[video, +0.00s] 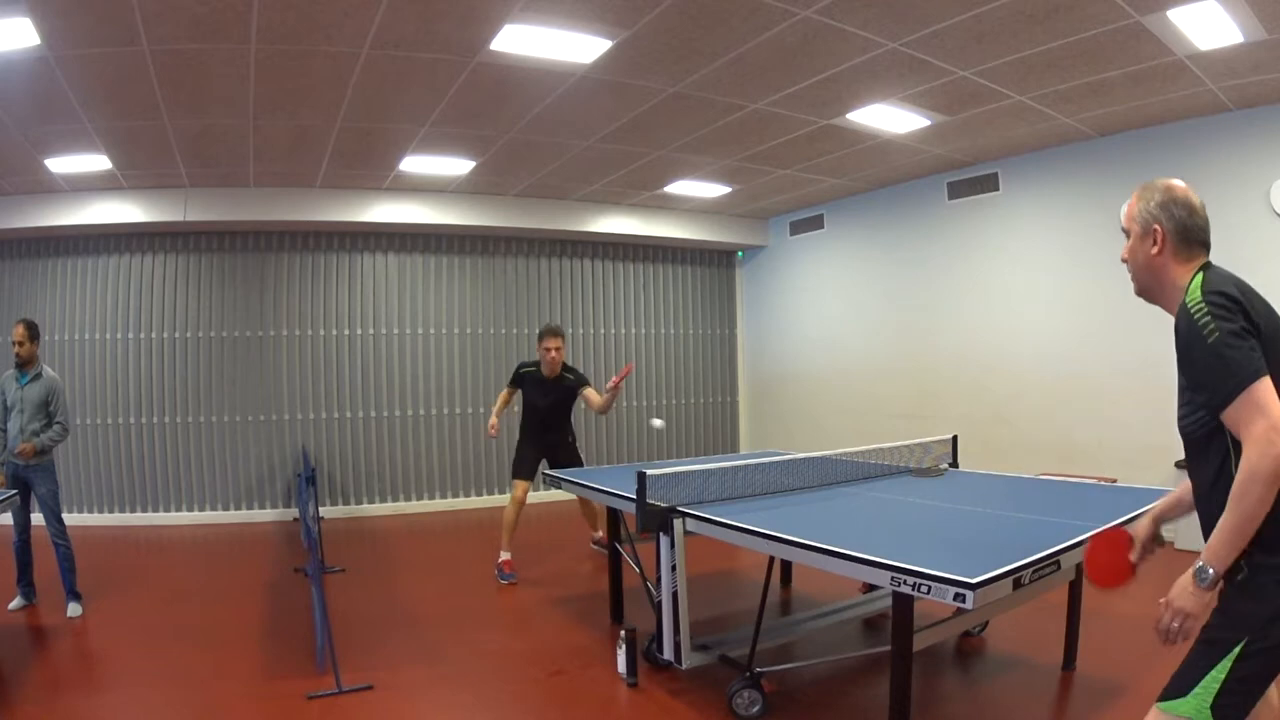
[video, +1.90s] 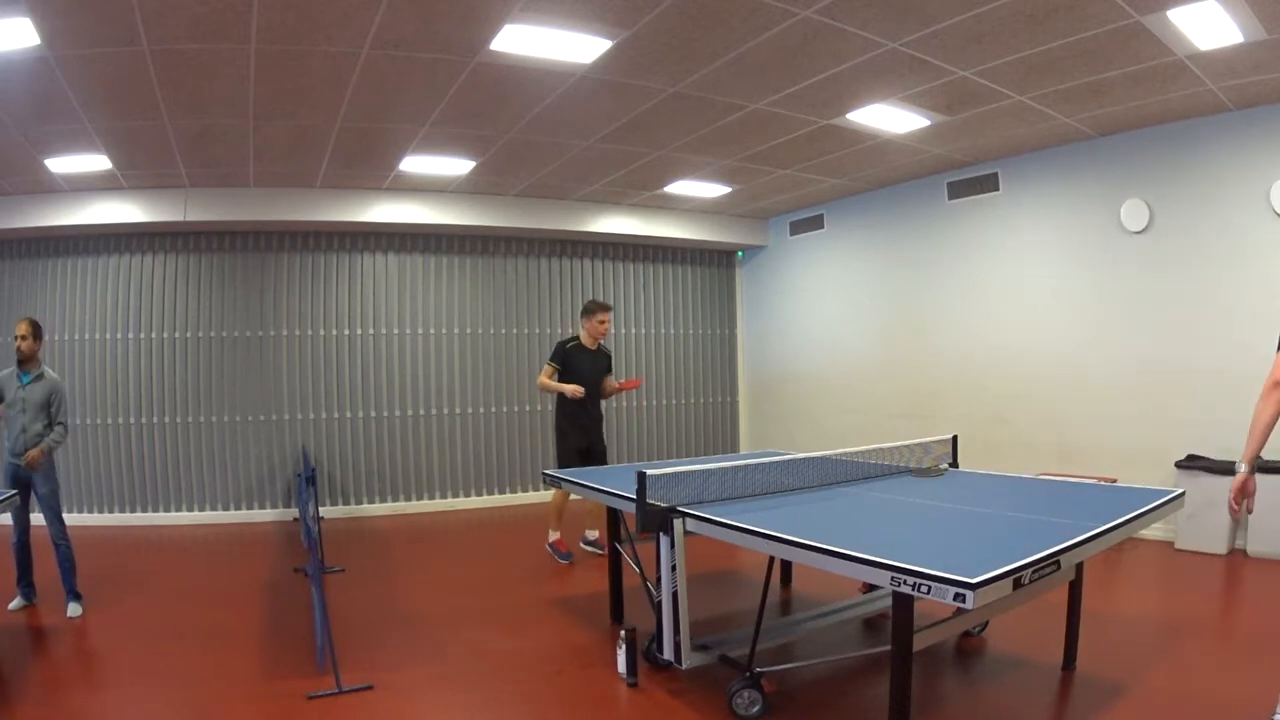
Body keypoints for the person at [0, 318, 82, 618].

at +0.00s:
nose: (15, 348)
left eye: (21, 343)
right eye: (13, 343)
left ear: (36, 344)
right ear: (12, 345)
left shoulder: (51, 382)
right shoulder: (6, 381)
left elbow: (62, 427)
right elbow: (3, 426)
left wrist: (37, 444)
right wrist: (2, 466)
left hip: (41, 466)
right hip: (11, 466)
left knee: (56, 532)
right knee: (20, 533)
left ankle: (72, 596)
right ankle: (26, 593)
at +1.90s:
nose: (18, 343)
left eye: (24, 338)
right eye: (16, 338)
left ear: (38, 343)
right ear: (14, 343)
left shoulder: (53, 384)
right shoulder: (6, 380)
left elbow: (61, 428)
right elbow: (4, 416)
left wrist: (42, 449)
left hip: (40, 464)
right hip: (11, 464)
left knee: (57, 533)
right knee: (19, 533)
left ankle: (72, 596)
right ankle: (26, 593)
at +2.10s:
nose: (16, 346)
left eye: (22, 341)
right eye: (13, 341)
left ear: (37, 344)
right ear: (12, 344)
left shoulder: (52, 383)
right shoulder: (5, 380)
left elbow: (62, 427)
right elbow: (3, 418)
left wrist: (42, 449)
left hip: (40, 464)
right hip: (11, 464)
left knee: (57, 532)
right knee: (19, 533)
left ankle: (72, 596)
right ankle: (26, 593)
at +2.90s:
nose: (16, 347)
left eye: (22, 342)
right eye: (14, 342)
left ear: (37, 345)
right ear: (13, 345)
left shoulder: (52, 383)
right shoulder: (6, 381)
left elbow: (63, 427)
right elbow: (2, 415)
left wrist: (45, 450)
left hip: (41, 463)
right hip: (12, 463)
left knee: (58, 531)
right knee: (20, 532)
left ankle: (73, 596)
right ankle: (26, 593)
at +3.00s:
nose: (16, 347)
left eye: (22, 342)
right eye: (14, 342)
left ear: (37, 345)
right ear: (13, 345)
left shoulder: (52, 382)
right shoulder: (6, 381)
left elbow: (63, 427)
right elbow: (2, 415)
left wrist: (43, 451)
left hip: (41, 463)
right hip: (12, 463)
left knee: (57, 531)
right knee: (20, 532)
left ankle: (73, 596)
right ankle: (26, 593)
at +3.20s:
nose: (18, 345)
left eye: (24, 340)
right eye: (15, 340)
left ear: (38, 344)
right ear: (14, 343)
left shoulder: (52, 383)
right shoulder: (6, 381)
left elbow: (62, 428)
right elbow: (2, 416)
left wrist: (42, 451)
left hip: (41, 463)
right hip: (12, 463)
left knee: (57, 531)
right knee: (20, 532)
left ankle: (73, 596)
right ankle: (26, 593)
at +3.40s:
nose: (17, 345)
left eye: (23, 340)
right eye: (15, 340)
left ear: (37, 344)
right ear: (13, 343)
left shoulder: (51, 382)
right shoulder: (5, 382)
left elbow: (62, 427)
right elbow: (2, 425)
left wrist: (42, 451)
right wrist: (3, 465)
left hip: (41, 463)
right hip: (11, 463)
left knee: (57, 531)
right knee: (20, 532)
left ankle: (72, 596)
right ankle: (26, 593)